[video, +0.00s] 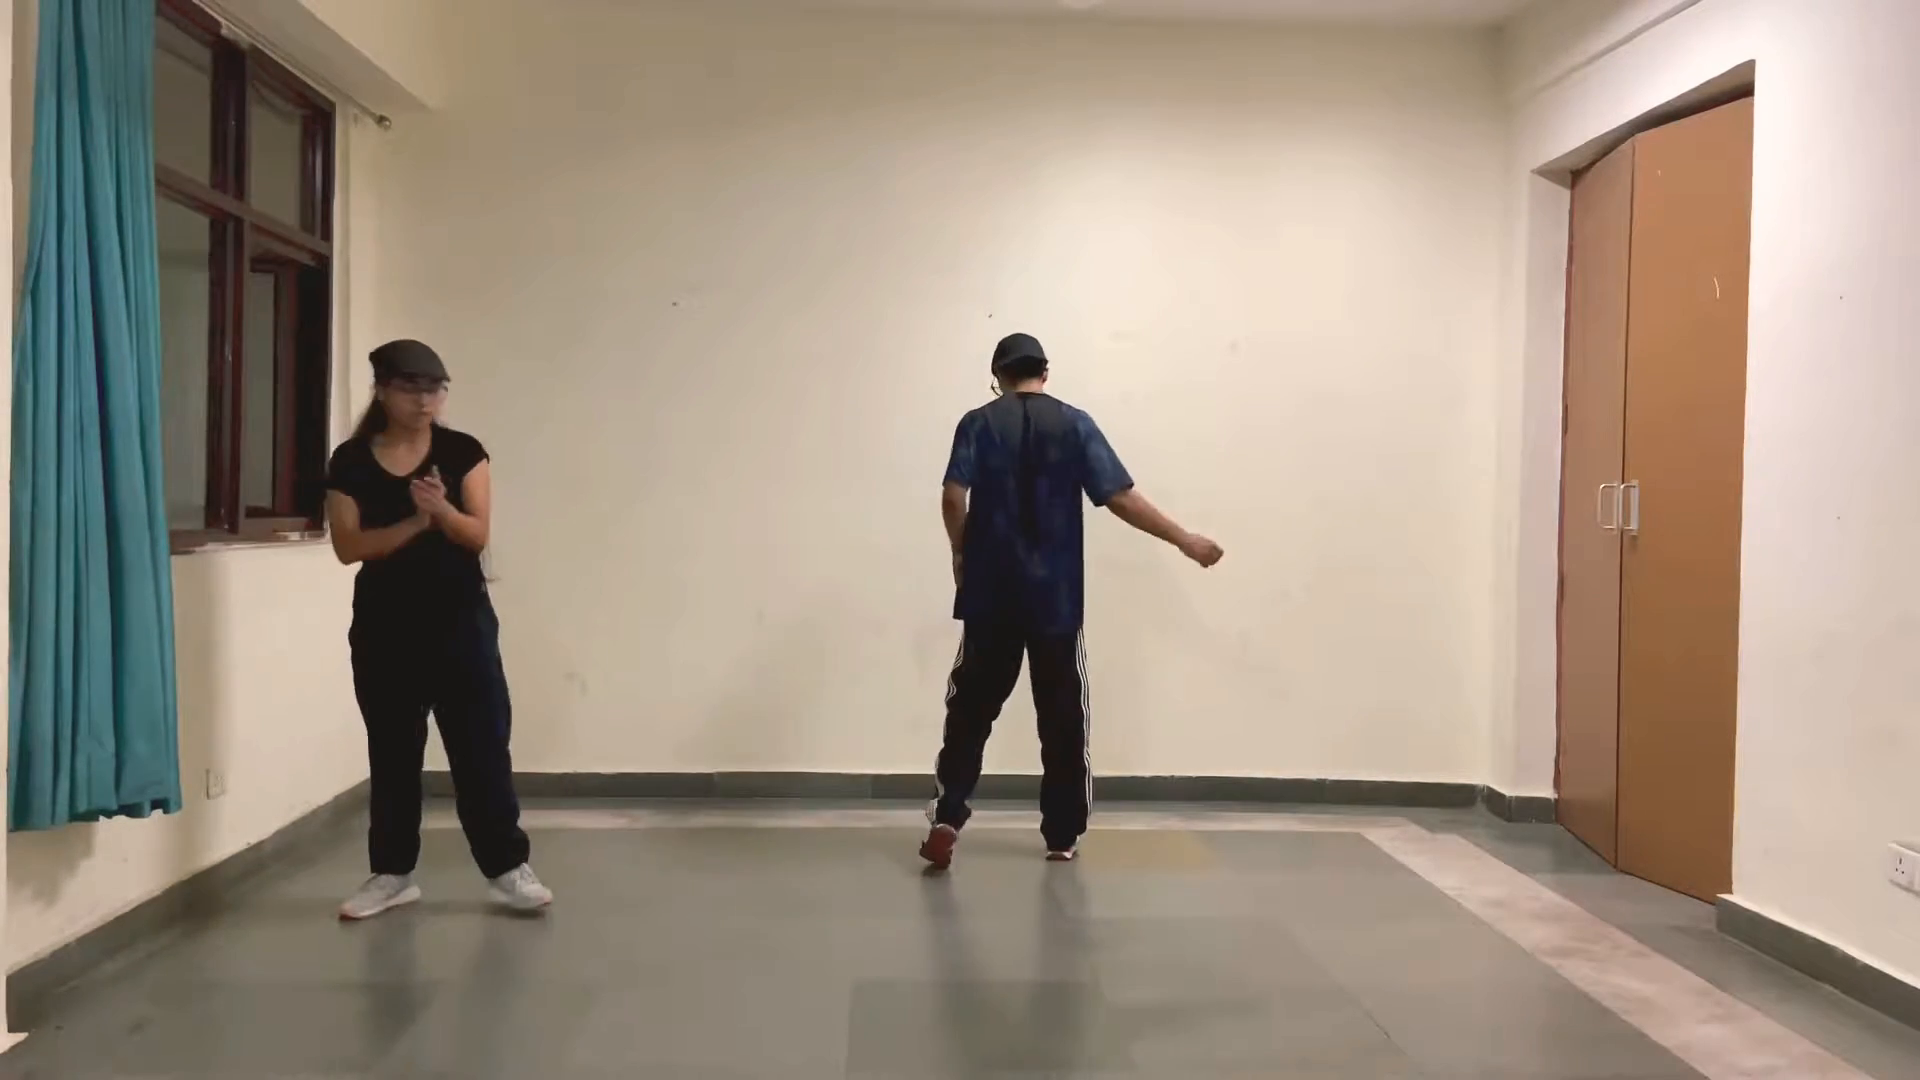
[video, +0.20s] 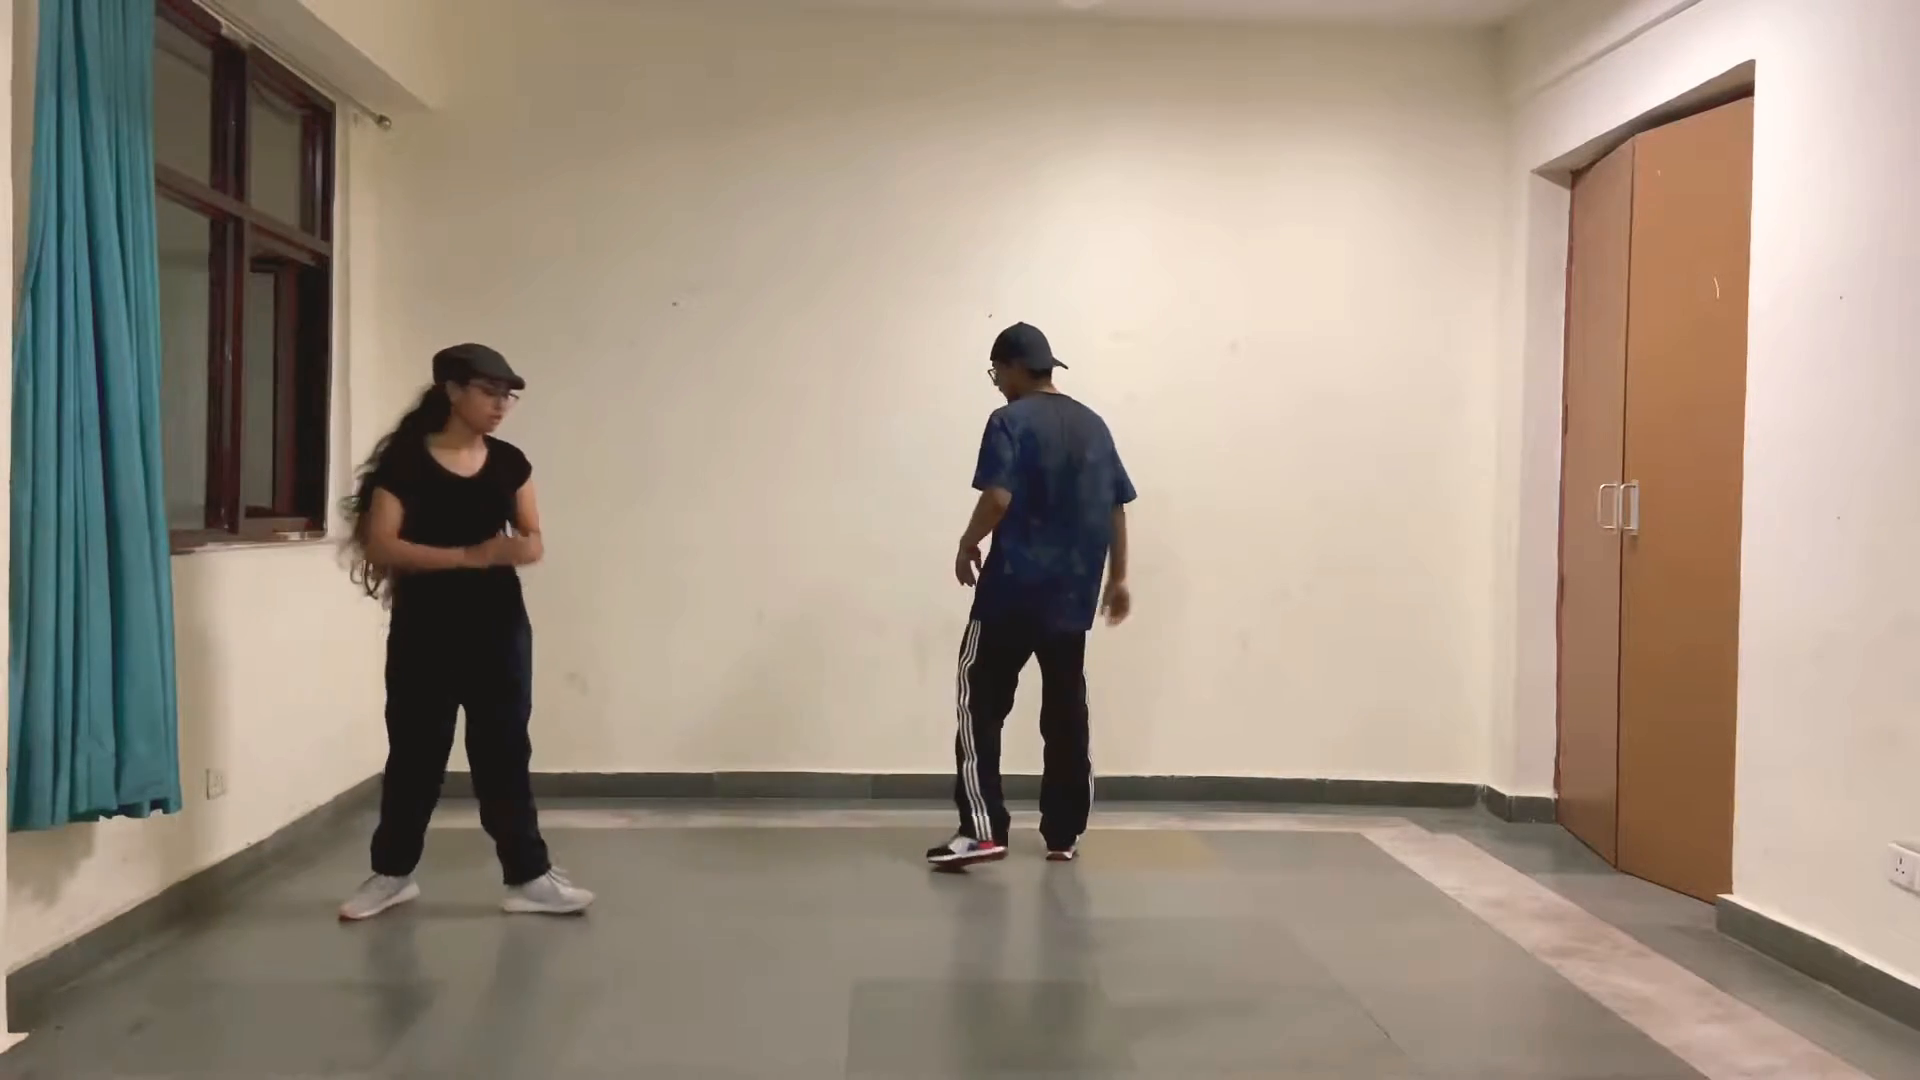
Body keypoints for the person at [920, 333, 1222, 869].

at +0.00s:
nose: (1027, 382)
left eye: (1008, 374)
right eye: (1040, 374)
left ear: (998, 377)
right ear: (1046, 375)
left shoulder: (977, 423)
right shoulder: (1075, 424)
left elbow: (953, 495)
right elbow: (1120, 497)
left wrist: (961, 558)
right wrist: (1185, 538)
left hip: (990, 597)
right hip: (1055, 598)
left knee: (971, 707)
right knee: (1062, 717)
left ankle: (947, 815)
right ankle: (1061, 836)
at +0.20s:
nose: (997, 382)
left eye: (998, 371)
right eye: (996, 372)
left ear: (1013, 368)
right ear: (1047, 367)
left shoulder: (1010, 421)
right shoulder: (1093, 424)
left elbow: (997, 498)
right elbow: (1117, 507)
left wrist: (968, 542)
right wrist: (1118, 577)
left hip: (1012, 592)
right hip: (1072, 597)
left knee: (979, 705)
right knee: (1066, 712)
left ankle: (983, 832)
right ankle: (1064, 834)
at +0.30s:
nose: (995, 379)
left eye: (999, 368)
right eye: (995, 369)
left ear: (1023, 366)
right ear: (1043, 366)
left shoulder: (1029, 419)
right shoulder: (1081, 421)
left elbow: (1027, 499)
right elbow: (1088, 513)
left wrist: (978, 539)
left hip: (1022, 593)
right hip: (1071, 595)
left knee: (981, 695)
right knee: (1064, 711)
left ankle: (991, 833)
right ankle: (1063, 834)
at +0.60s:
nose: (998, 369)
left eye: (1007, 360)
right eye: (999, 359)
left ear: (1039, 363)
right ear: (1031, 364)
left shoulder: (1057, 424)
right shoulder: (1034, 420)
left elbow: (1090, 507)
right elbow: (1002, 480)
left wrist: (1054, 567)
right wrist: (940, 495)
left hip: (1030, 596)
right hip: (1027, 595)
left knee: (1018, 713)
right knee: (1048, 709)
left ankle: (1009, 836)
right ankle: (1074, 828)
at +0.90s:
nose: (1010, 369)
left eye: (1020, 361)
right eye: (1009, 360)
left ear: (1053, 367)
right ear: (1014, 363)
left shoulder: (1078, 438)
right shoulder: (1006, 416)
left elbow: (1101, 517)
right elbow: (959, 458)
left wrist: (1087, 557)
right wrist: (888, 465)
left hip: (1032, 594)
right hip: (982, 587)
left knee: (1022, 707)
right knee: (982, 697)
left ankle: (1012, 838)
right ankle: (1034, 795)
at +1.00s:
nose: (1022, 368)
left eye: (1035, 360)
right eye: (1019, 358)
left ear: (1064, 368)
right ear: (1016, 362)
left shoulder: (1080, 440)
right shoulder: (997, 417)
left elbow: (1093, 519)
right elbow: (949, 468)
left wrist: (1087, 569)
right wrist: (883, 500)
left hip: (1032, 600)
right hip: (976, 590)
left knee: (1028, 719)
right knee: (974, 709)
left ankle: (1016, 838)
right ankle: (969, 812)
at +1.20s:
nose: (1028, 365)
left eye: (1041, 358)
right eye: (1025, 355)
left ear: (1067, 369)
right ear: (1017, 360)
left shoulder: (1081, 441)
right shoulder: (990, 420)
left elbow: (1082, 531)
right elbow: (966, 504)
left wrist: (1067, 608)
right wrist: (947, 580)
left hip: (1034, 609)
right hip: (975, 600)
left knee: (1029, 731)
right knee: (939, 719)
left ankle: (1015, 839)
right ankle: (905, 830)